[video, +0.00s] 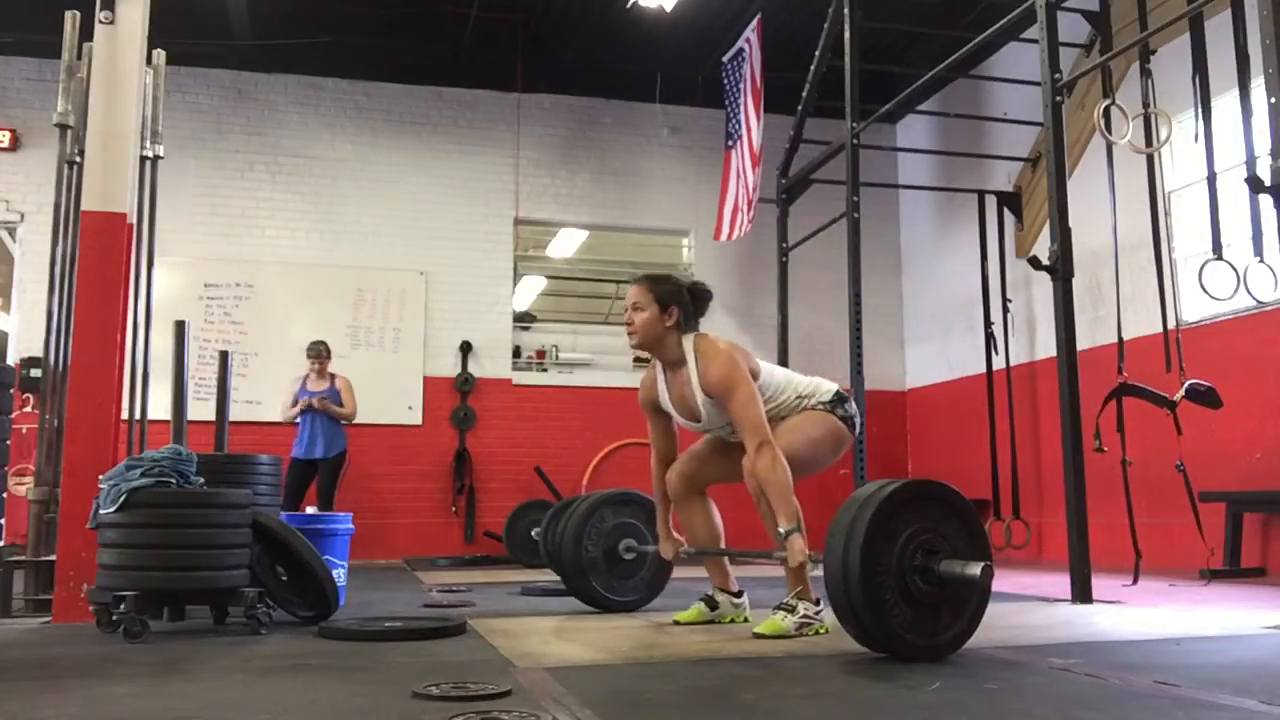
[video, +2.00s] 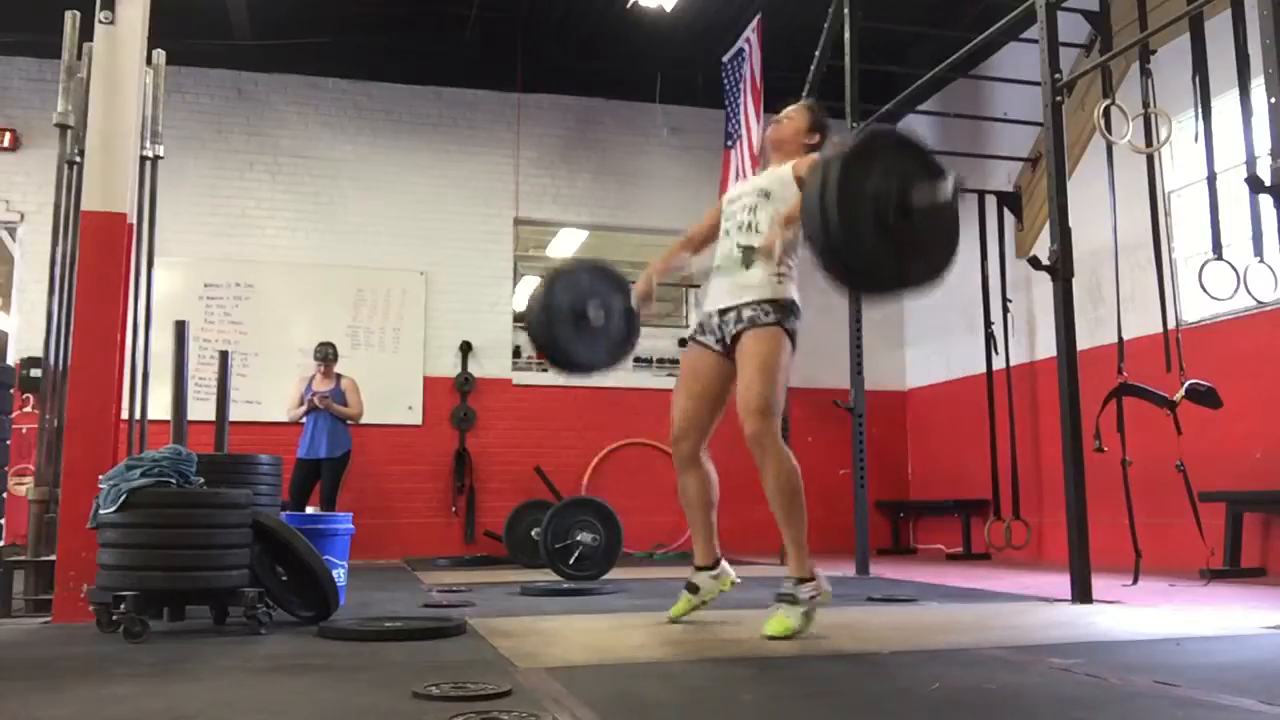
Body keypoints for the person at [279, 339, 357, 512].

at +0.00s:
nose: (317, 367)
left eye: (321, 363)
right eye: (313, 363)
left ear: (328, 361)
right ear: (308, 361)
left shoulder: (340, 383)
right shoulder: (299, 383)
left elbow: (350, 415)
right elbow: (285, 416)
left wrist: (327, 407)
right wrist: (299, 408)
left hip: (332, 449)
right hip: (304, 449)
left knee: (325, 503)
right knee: (289, 504)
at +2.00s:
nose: (323, 370)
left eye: (327, 366)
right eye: (319, 365)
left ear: (335, 362)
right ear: (315, 362)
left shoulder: (346, 383)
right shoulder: (305, 383)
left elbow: (356, 415)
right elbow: (291, 416)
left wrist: (330, 406)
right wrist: (307, 406)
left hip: (335, 449)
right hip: (309, 449)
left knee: (327, 501)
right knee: (296, 498)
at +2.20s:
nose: (323, 370)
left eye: (327, 366)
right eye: (319, 365)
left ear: (335, 362)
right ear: (315, 362)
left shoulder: (346, 383)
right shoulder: (305, 383)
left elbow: (356, 415)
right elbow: (291, 416)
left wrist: (330, 406)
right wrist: (306, 407)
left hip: (336, 450)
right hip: (309, 449)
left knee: (327, 501)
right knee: (296, 499)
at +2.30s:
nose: (323, 370)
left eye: (327, 366)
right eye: (319, 365)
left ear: (335, 362)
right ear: (315, 362)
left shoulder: (346, 383)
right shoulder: (305, 383)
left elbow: (356, 415)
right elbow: (291, 416)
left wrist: (330, 406)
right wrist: (307, 406)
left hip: (336, 450)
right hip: (309, 449)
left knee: (327, 501)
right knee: (296, 499)